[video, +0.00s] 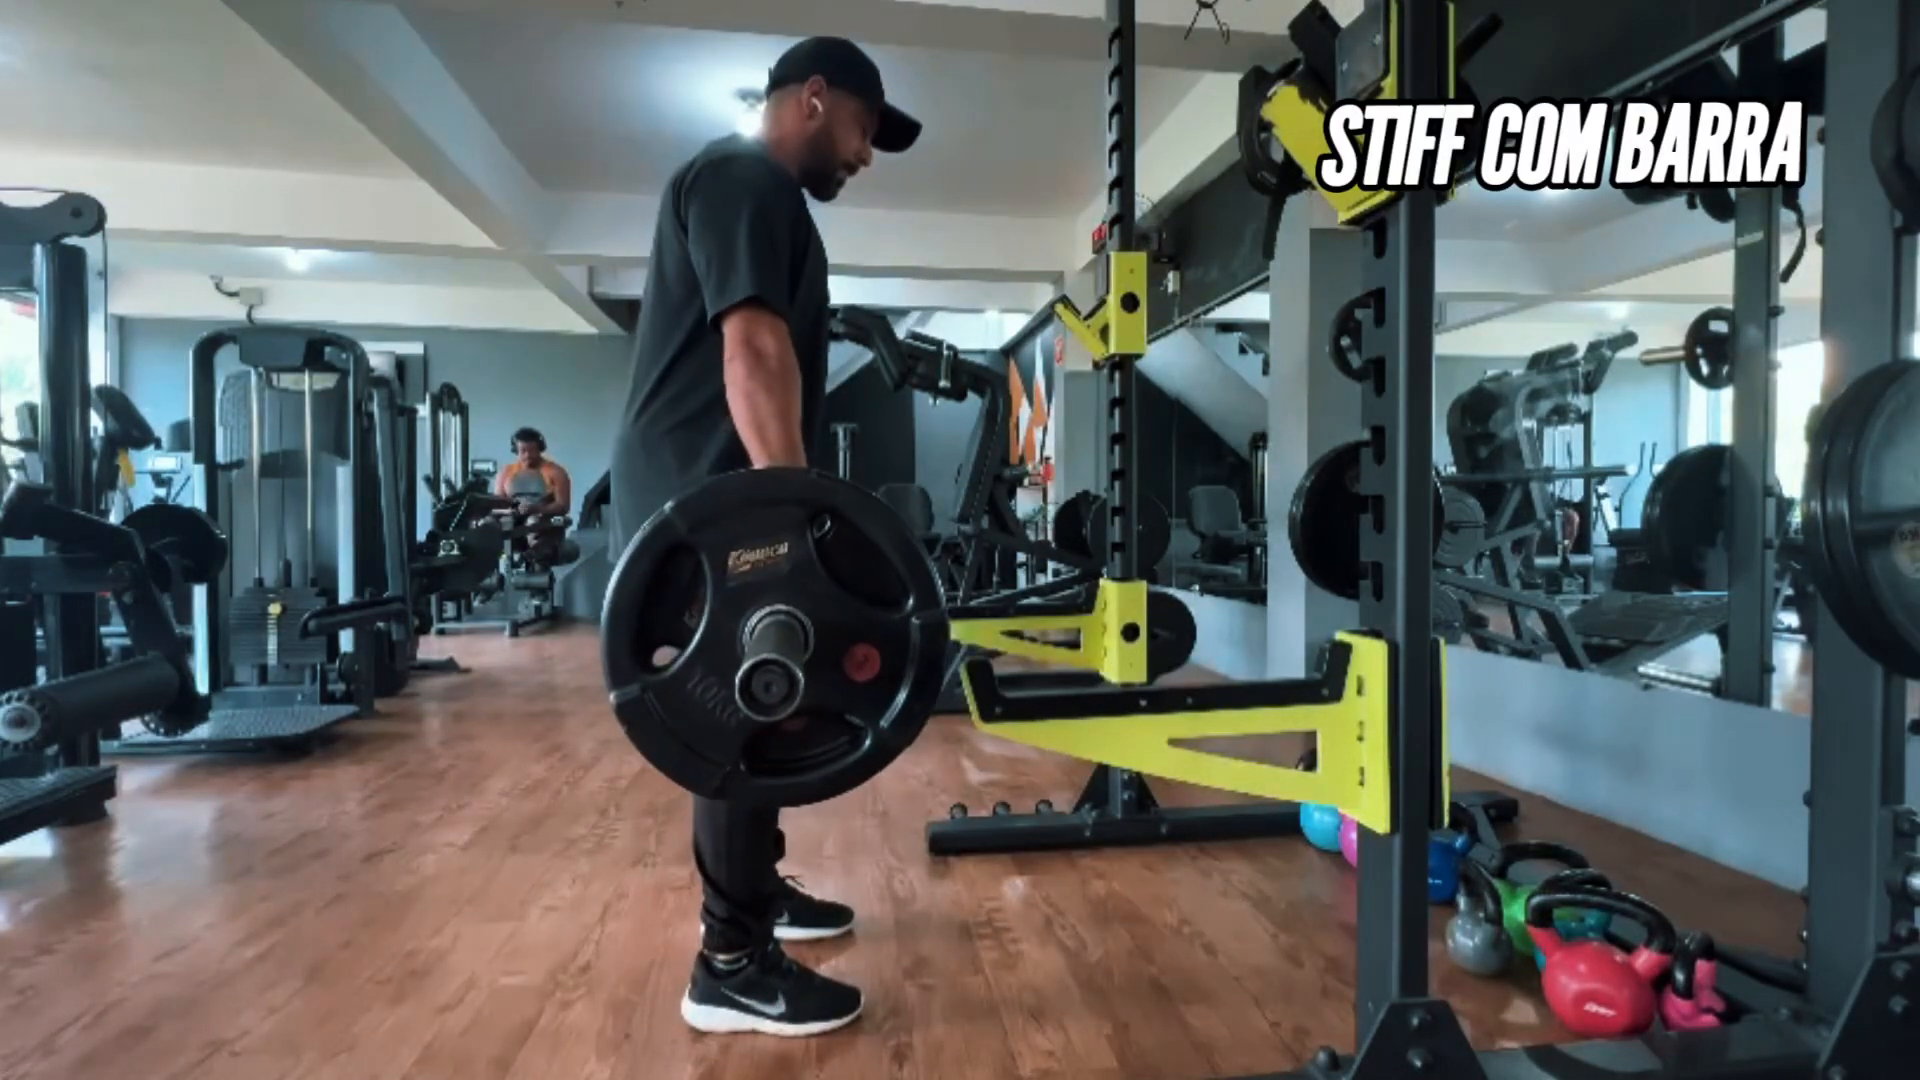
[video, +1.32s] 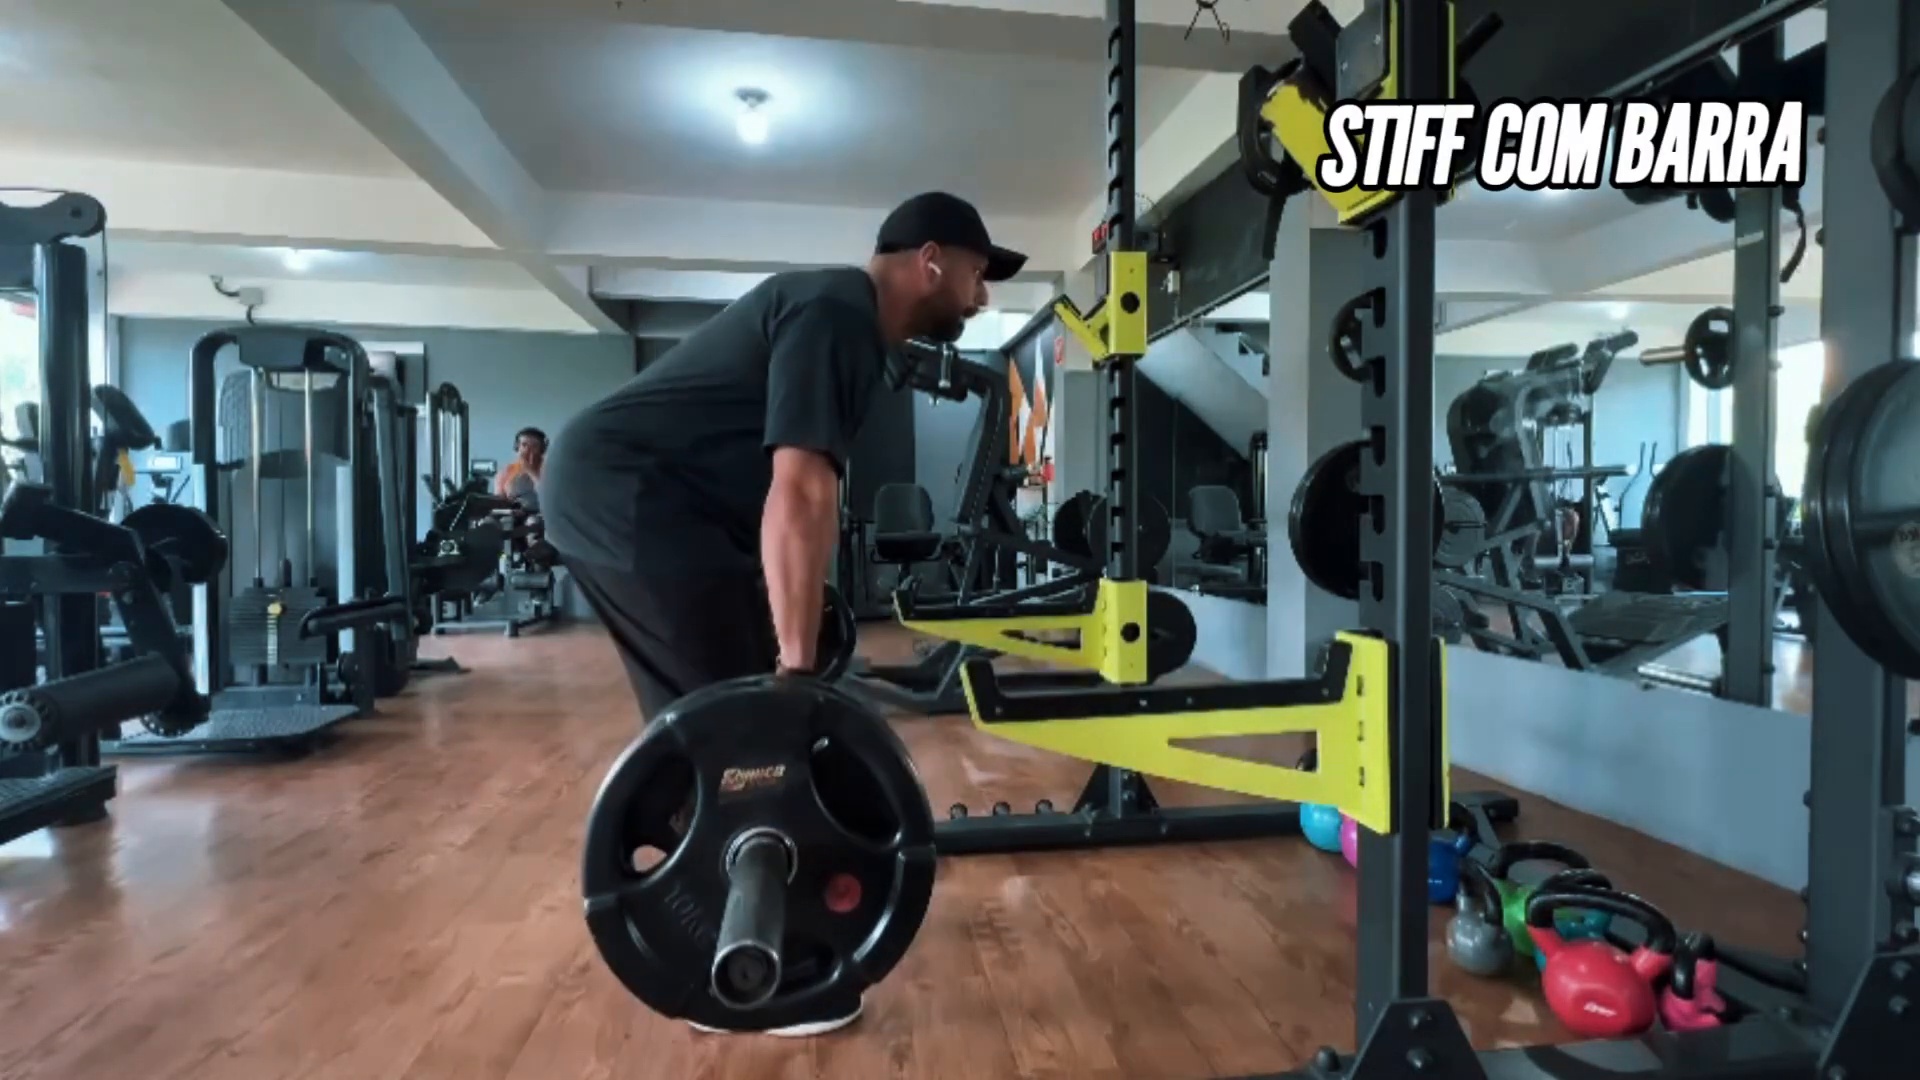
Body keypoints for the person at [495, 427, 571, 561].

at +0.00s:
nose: (528, 456)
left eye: (532, 451)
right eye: (523, 451)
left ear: (540, 450)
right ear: (517, 452)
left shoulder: (556, 473)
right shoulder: (507, 472)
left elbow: (562, 505)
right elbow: (499, 501)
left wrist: (535, 510)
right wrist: (513, 509)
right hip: (513, 528)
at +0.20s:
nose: (527, 456)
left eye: (531, 451)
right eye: (522, 452)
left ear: (539, 450)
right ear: (516, 452)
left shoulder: (555, 472)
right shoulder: (507, 472)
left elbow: (562, 502)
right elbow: (500, 500)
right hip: (515, 523)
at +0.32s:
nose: (527, 456)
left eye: (531, 450)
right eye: (522, 451)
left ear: (539, 450)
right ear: (516, 452)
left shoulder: (555, 470)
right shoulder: (506, 473)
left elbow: (560, 499)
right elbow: (500, 501)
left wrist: (534, 475)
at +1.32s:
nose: (527, 450)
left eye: (534, 446)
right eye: (524, 445)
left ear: (542, 449)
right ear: (517, 447)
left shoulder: (548, 471)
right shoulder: (507, 472)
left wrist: (530, 471)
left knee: (533, 522)